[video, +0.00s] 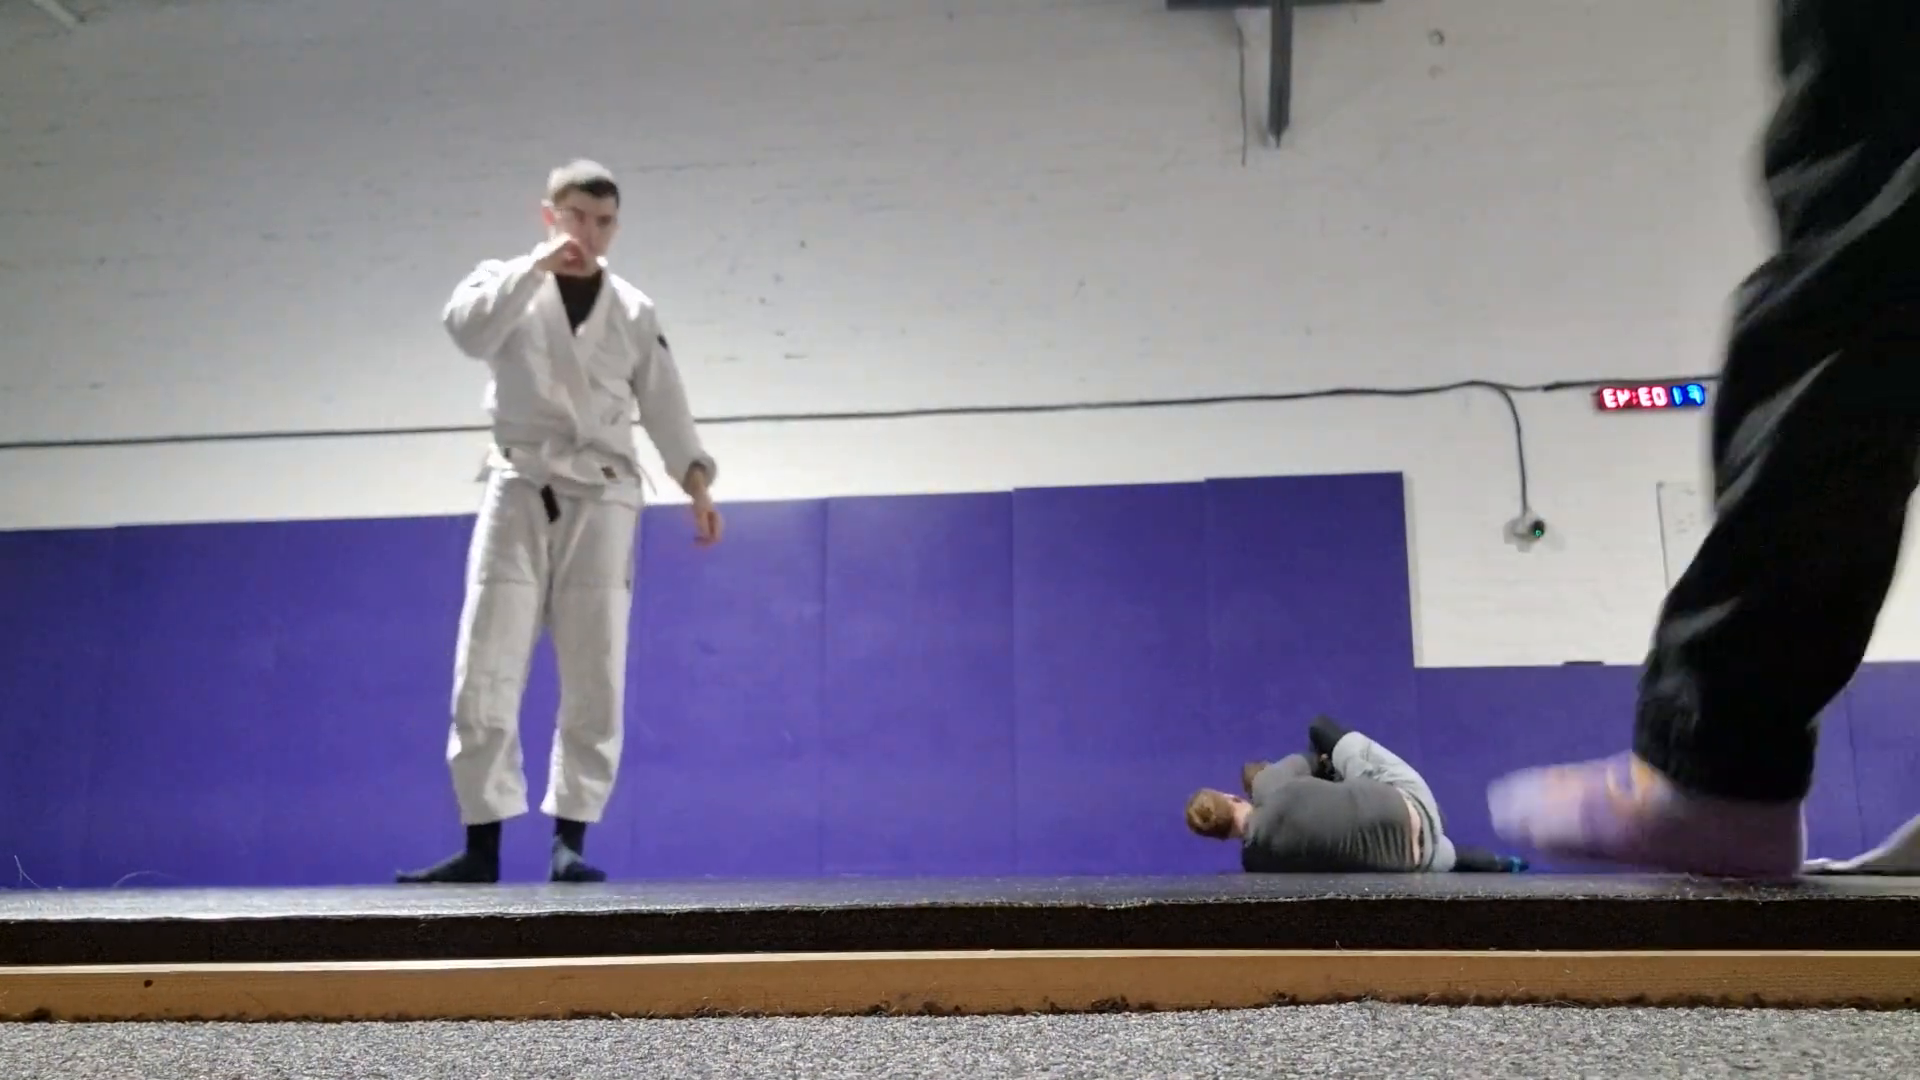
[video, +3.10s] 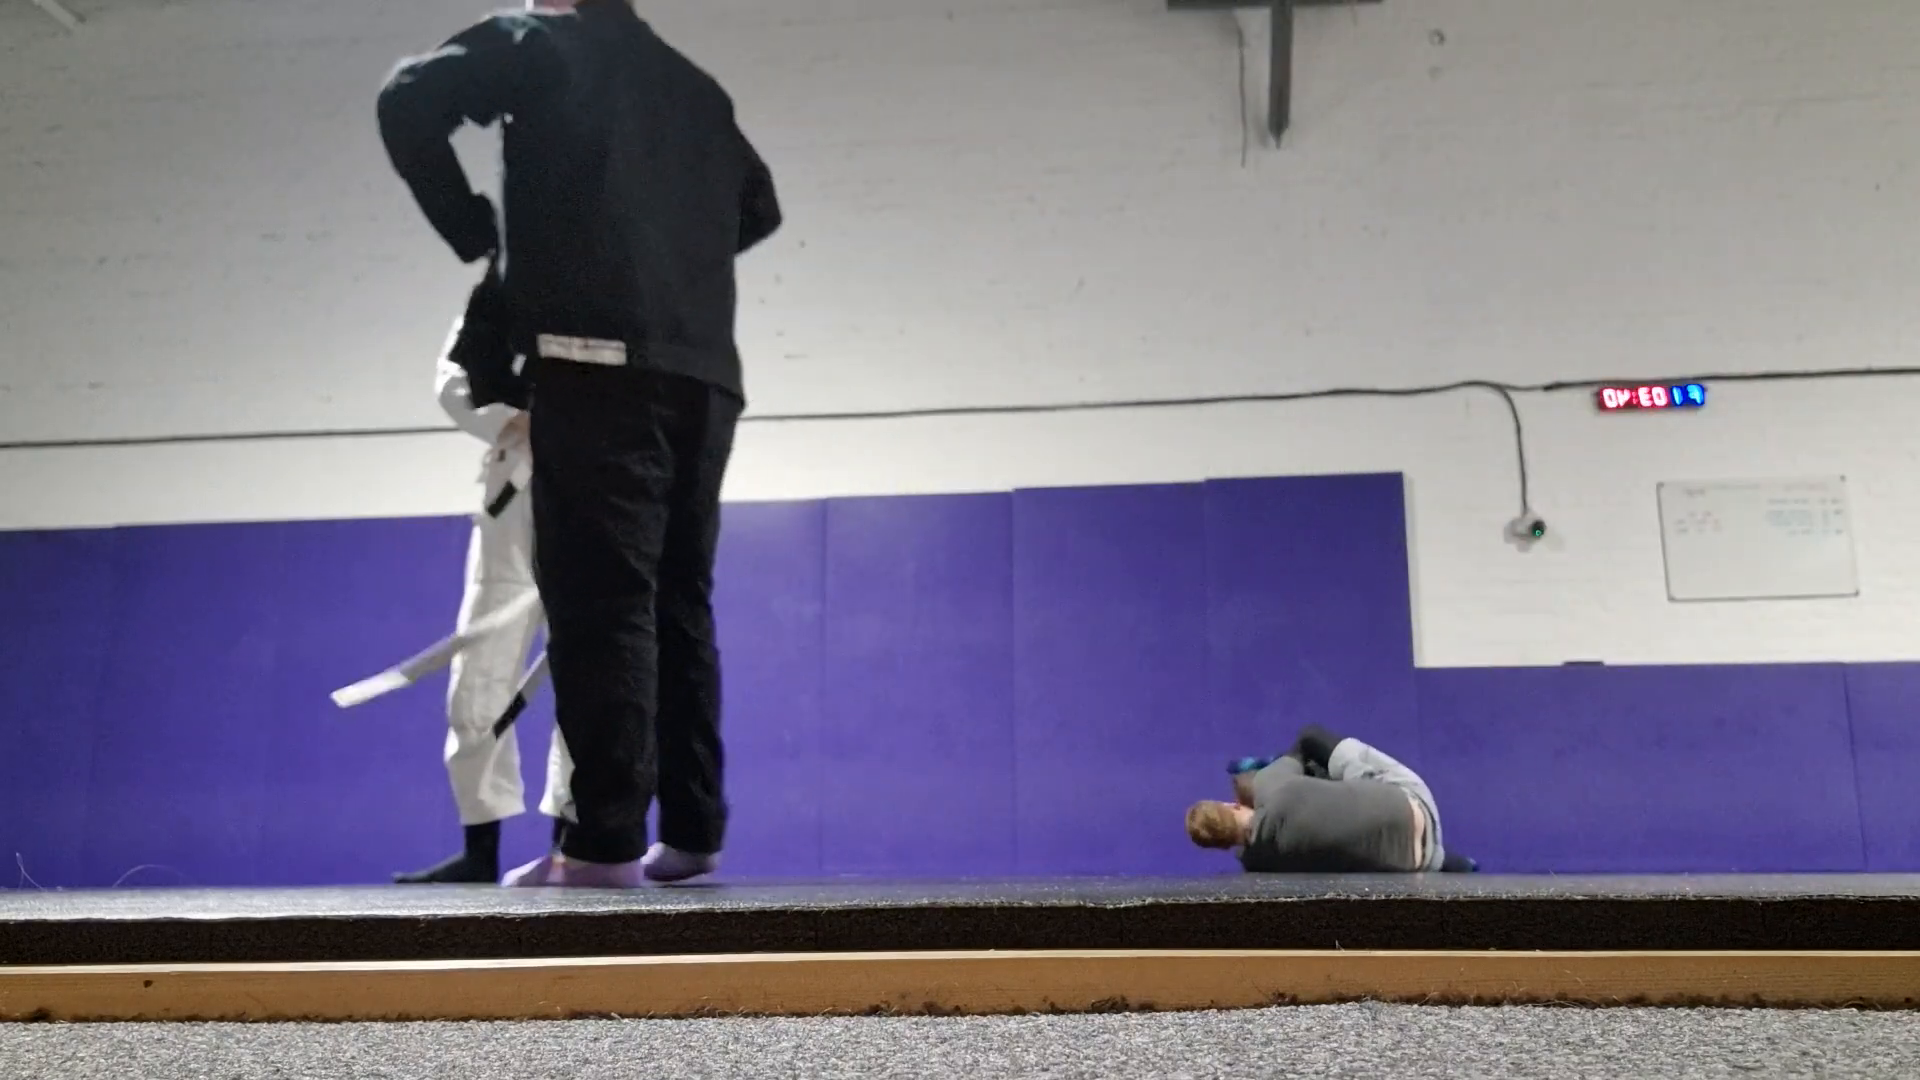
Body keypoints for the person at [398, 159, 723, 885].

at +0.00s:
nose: (586, 233)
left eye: (600, 223)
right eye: (575, 217)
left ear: (616, 230)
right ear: (548, 214)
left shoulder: (633, 311)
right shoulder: (503, 280)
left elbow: (663, 404)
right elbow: (465, 329)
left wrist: (698, 482)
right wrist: (539, 264)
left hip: (603, 499)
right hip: (516, 493)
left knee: (594, 667)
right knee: (484, 666)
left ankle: (569, 846)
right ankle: (480, 848)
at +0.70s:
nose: (594, 235)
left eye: (609, 225)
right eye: (583, 220)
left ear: (625, 231)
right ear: (557, 216)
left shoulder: (641, 311)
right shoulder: (510, 281)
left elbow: (665, 404)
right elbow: (474, 358)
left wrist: (678, 483)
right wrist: (564, 328)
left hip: (608, 503)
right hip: (520, 493)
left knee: (596, 672)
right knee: (487, 667)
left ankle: (569, 849)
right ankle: (480, 850)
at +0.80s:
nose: (603, 235)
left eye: (617, 225)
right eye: (591, 219)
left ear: (629, 230)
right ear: (561, 214)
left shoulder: (643, 311)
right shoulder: (508, 287)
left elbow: (668, 404)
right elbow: (477, 382)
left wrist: (684, 482)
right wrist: (536, 408)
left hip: (607, 508)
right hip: (521, 499)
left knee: (597, 674)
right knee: (487, 669)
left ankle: (568, 849)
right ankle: (481, 850)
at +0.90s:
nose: (612, 233)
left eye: (623, 222)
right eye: (599, 217)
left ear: (631, 229)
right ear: (565, 214)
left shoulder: (643, 310)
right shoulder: (509, 287)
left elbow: (668, 402)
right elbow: (480, 382)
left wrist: (687, 480)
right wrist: (483, 472)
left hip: (610, 506)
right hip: (521, 497)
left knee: (597, 674)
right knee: (488, 670)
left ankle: (569, 849)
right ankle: (481, 851)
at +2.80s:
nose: (555, 242)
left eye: (569, 233)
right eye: (548, 231)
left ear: (594, 239)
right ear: (533, 231)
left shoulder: (618, 298)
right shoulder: (496, 290)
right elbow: (441, 379)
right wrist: (502, 420)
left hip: (590, 506)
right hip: (517, 501)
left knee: (583, 678)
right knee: (481, 673)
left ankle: (578, 844)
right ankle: (480, 850)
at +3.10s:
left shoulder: (630, 290)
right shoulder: (509, 275)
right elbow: (455, 378)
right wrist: (510, 422)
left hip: (602, 488)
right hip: (519, 482)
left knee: (585, 661)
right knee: (484, 655)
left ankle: (574, 844)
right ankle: (480, 849)